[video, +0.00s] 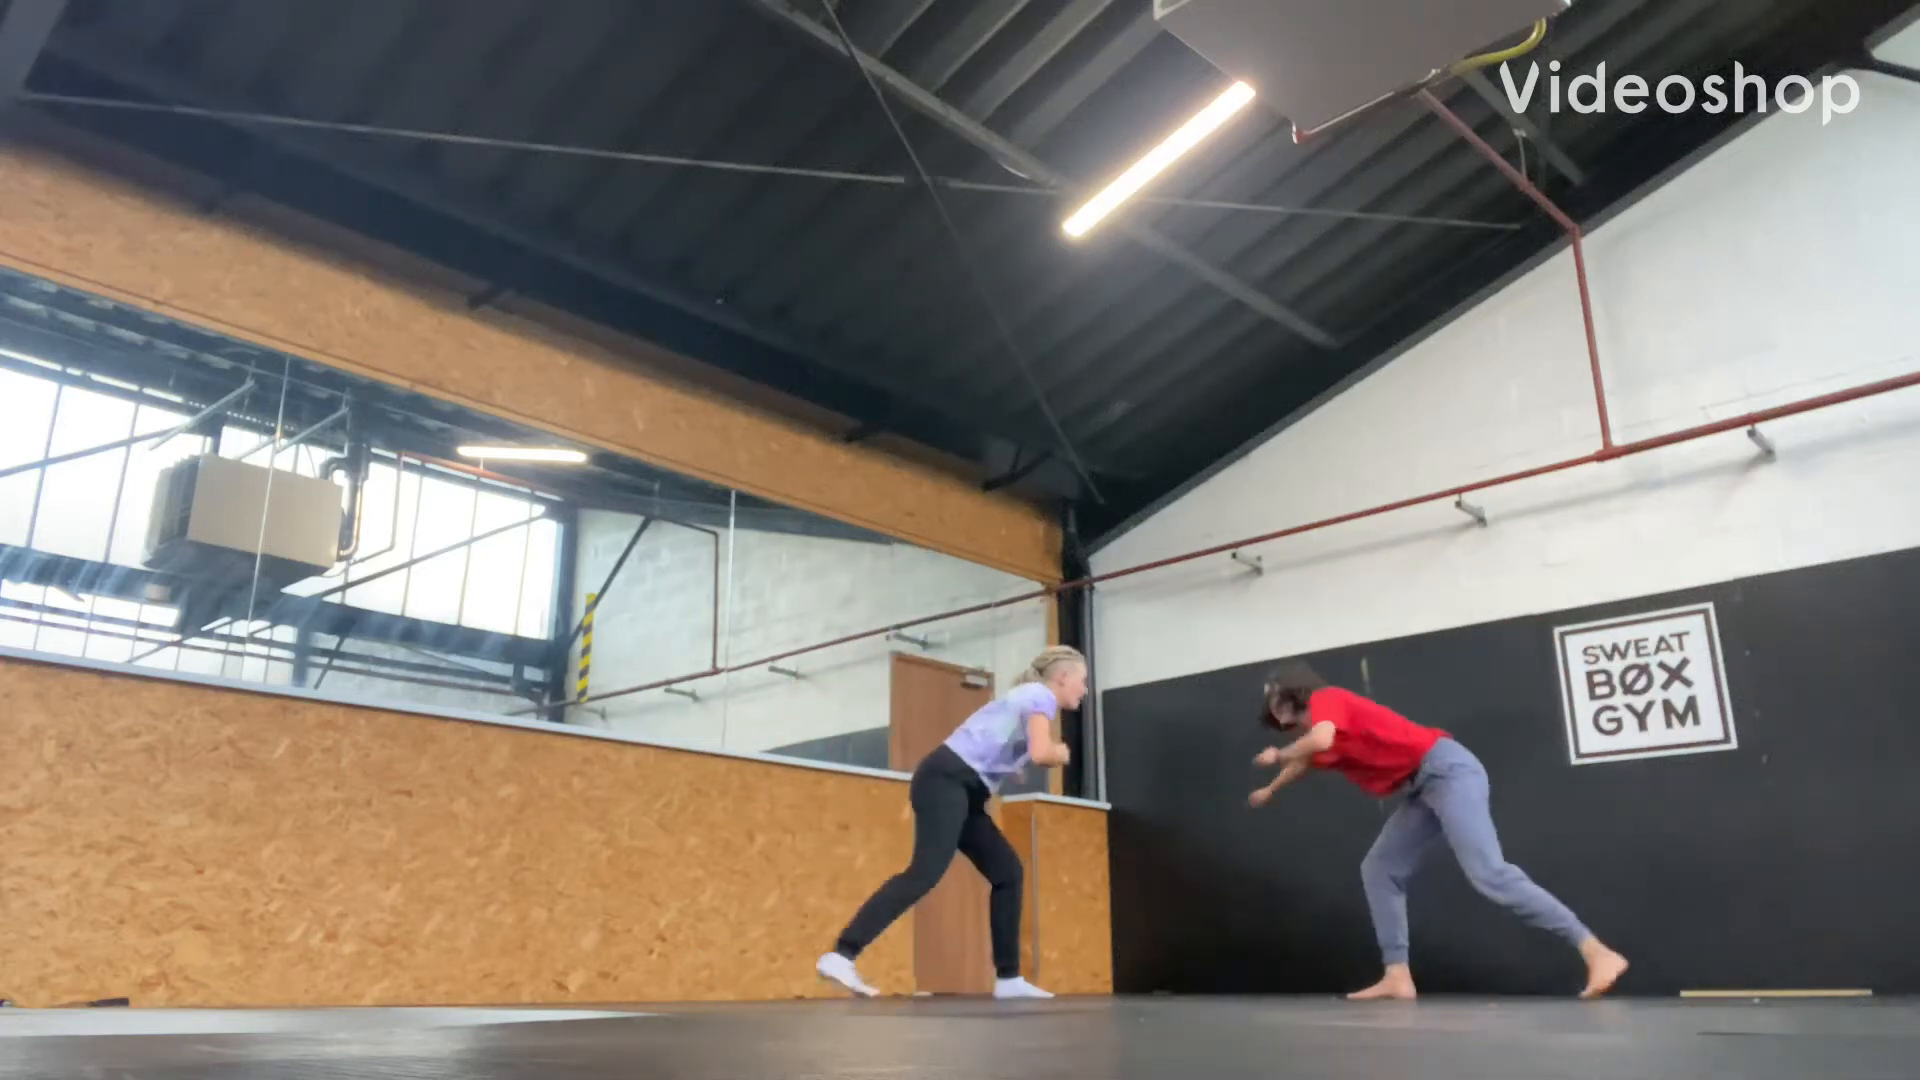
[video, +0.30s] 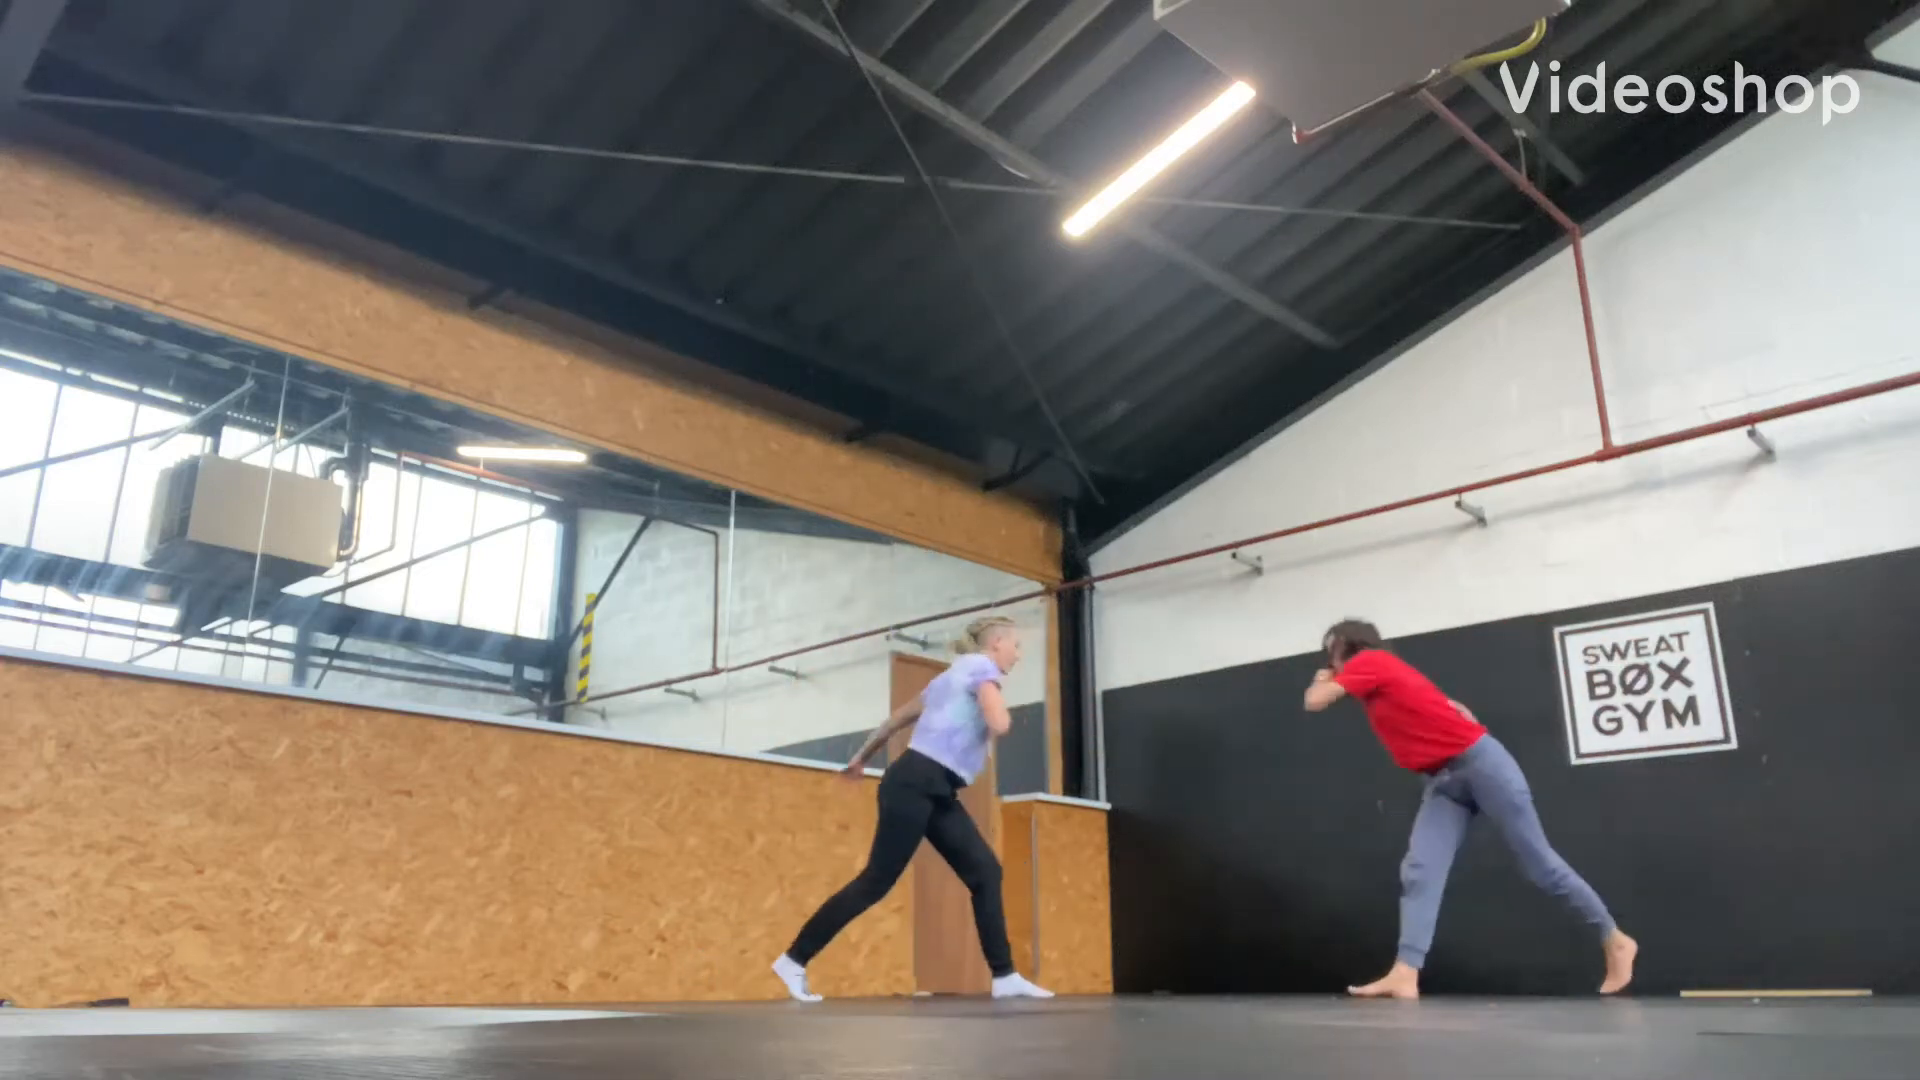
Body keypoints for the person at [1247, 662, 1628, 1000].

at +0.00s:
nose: (1283, 725)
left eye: (1281, 715)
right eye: (1278, 719)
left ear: (1295, 701)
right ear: (1292, 709)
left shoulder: (1328, 697)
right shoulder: (1319, 734)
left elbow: (1322, 740)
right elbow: (1300, 762)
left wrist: (1283, 754)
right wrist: (1269, 790)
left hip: (1446, 769)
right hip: (1419, 794)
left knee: (1488, 872)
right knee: (1379, 870)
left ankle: (1596, 953)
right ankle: (1397, 978)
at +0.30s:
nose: (1329, 665)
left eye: (1332, 657)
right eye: (1329, 659)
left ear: (1346, 651)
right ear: (1360, 648)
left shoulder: (1374, 661)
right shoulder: (1383, 675)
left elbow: (1314, 702)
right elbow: (1453, 708)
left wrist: (1322, 680)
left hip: (1482, 762)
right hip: (1445, 782)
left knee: (1539, 864)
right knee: (1421, 871)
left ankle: (1617, 941)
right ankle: (1405, 975)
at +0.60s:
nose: (1401, 668)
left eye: (1405, 659)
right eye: (1400, 661)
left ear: (1428, 660)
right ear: (1423, 665)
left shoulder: (1473, 684)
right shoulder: (1445, 707)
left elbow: (1501, 744)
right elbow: (1482, 751)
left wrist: (1445, 744)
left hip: (1527, 802)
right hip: (1490, 814)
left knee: (1549, 913)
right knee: (1440, 883)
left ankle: (1632, 969)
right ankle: (1408, 974)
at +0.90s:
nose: (1356, 670)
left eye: (1359, 659)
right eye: (1353, 664)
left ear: (1382, 650)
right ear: (1388, 655)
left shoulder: (1393, 665)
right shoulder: (1415, 680)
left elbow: (1367, 728)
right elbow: (1450, 757)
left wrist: (1376, 689)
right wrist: (1396, 779)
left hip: (1498, 761)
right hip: (1472, 779)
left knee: (1532, 877)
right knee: (1441, 869)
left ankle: (1620, 944)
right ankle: (1451, 975)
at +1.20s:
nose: (1330, 716)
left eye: (1326, 705)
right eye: (1324, 711)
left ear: (1339, 688)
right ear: (1347, 692)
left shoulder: (1369, 694)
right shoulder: (1384, 724)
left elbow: (1345, 742)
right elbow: (1432, 788)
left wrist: (1321, 747)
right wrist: (1387, 821)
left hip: (1491, 769)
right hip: (1461, 795)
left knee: (1510, 865)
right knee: (1419, 870)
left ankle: (1594, 957)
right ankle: (1449, 978)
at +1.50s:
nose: (1297, 720)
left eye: (1297, 710)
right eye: (1293, 714)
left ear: (1316, 700)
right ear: (1312, 710)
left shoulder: (1360, 702)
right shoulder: (1343, 745)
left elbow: (1399, 687)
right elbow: (1328, 796)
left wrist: (1412, 668)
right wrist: (1289, 751)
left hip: (1469, 785)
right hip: (1439, 809)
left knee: (1496, 889)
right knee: (1383, 881)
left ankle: (1598, 969)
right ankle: (1439, 978)